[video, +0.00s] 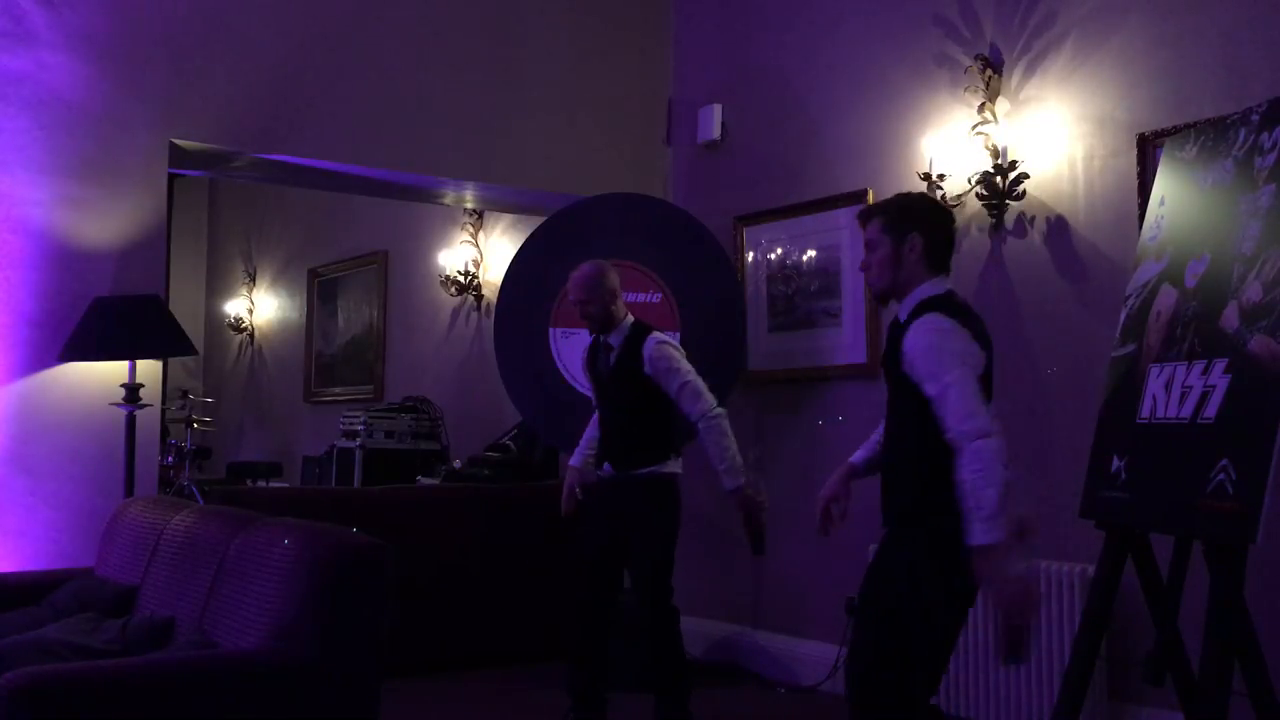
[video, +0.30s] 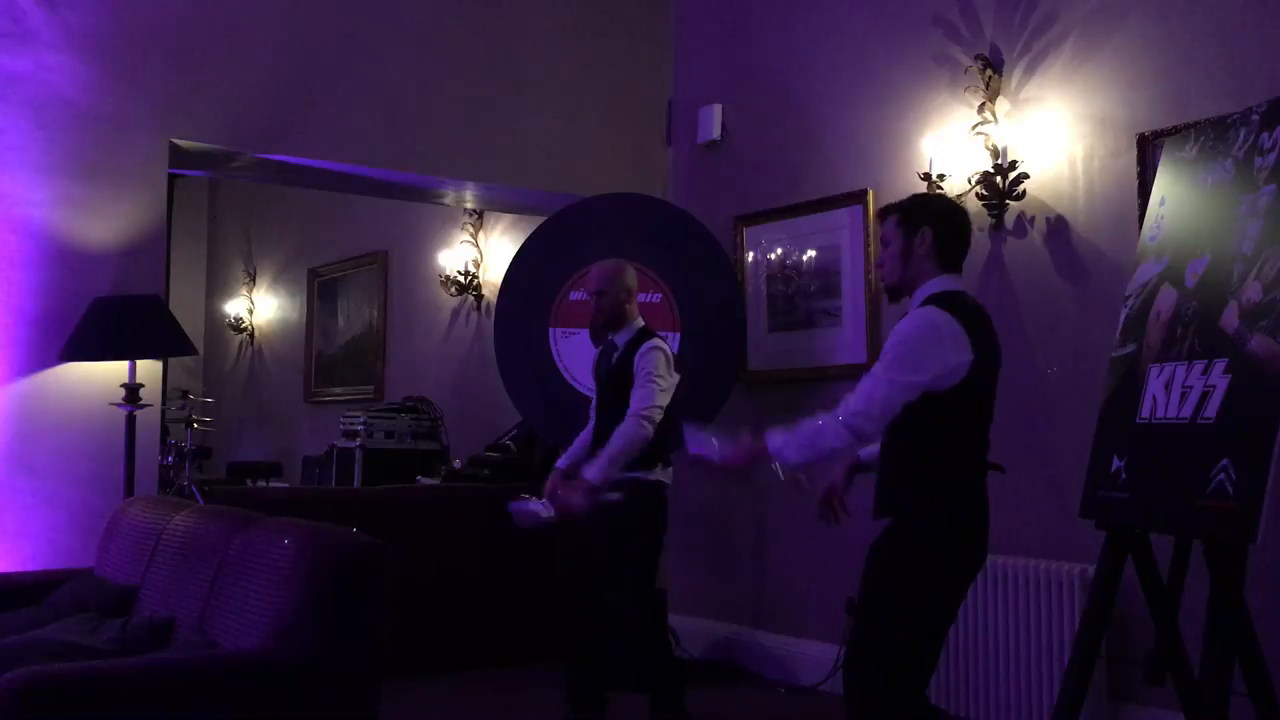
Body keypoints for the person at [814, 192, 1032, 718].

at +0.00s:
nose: (864, 262)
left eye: (873, 247)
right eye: (865, 249)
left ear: (912, 249)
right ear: (908, 252)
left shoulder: (929, 332)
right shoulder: (923, 321)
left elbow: (977, 439)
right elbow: (905, 424)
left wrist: (988, 546)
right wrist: (848, 471)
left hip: (928, 549)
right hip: (926, 541)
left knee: (882, 691)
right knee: (889, 689)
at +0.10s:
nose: (862, 269)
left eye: (871, 254)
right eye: (864, 256)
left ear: (910, 254)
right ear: (915, 257)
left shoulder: (915, 337)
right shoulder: (950, 322)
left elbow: (920, 455)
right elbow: (916, 442)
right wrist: (858, 490)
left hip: (928, 535)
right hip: (955, 526)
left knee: (871, 685)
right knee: (893, 685)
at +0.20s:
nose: (870, 267)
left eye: (878, 252)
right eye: (870, 254)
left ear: (915, 253)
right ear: (921, 256)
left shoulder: (920, 334)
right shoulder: (959, 324)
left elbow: (877, 445)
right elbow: (928, 444)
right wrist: (865, 504)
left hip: (923, 535)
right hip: (951, 530)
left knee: (872, 682)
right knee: (893, 683)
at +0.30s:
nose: (879, 259)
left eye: (887, 244)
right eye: (880, 246)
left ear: (922, 243)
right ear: (925, 247)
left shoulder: (931, 323)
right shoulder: (960, 316)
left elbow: (857, 420)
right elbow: (931, 433)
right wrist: (855, 459)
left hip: (926, 532)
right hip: (946, 527)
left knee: (874, 682)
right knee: (894, 681)